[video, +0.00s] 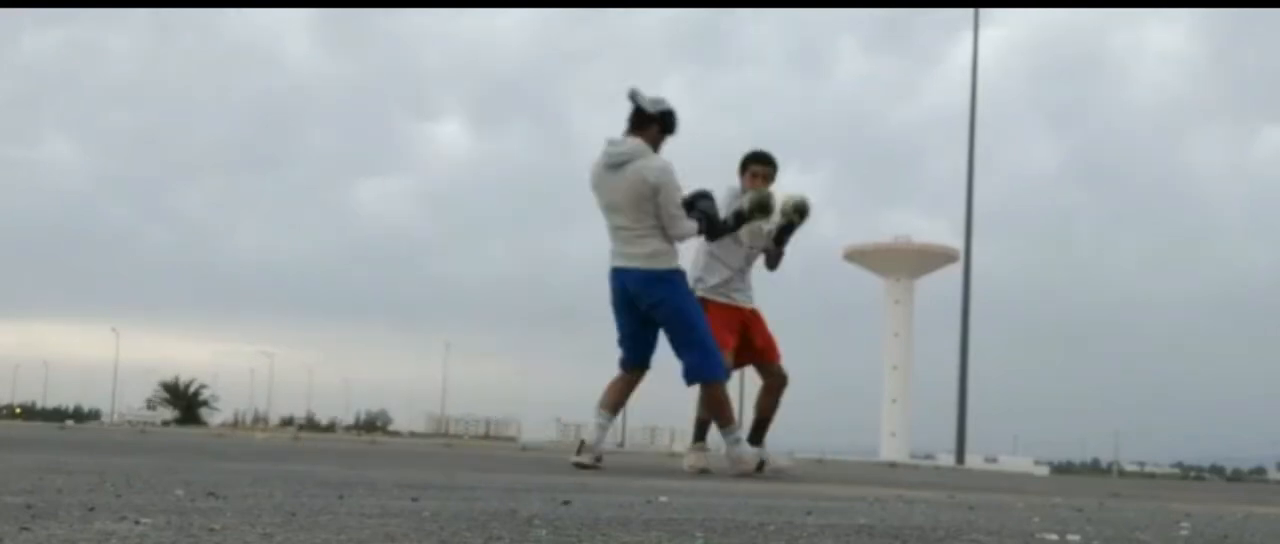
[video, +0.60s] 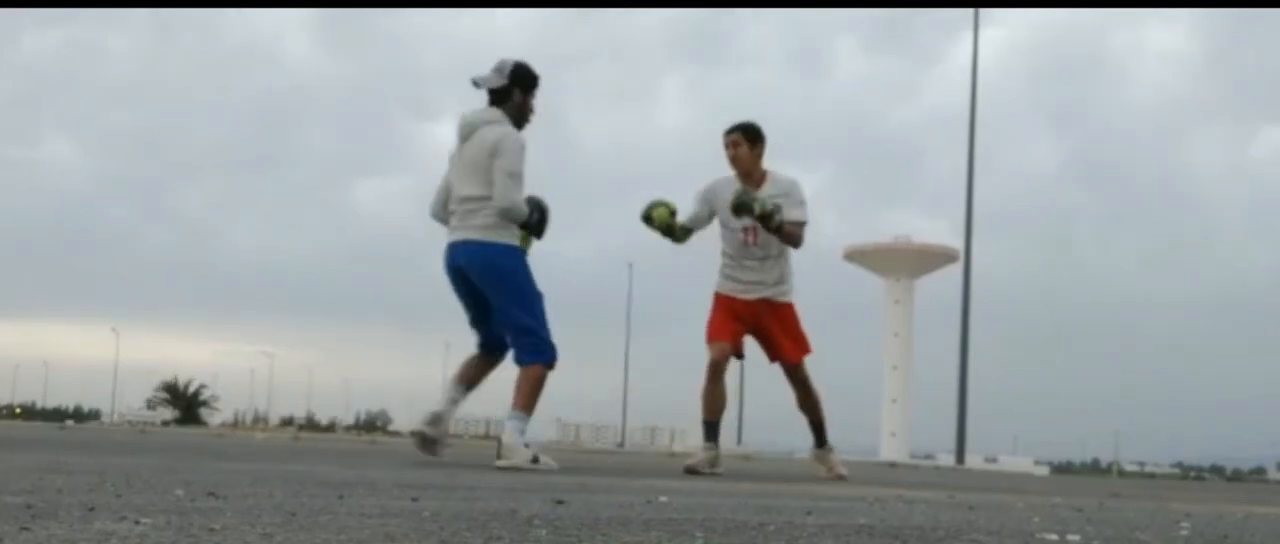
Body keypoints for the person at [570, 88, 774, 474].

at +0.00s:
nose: (662, 145)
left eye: (664, 137)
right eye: (663, 136)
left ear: (631, 125)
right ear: (653, 129)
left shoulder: (601, 168)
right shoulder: (656, 169)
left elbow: (629, 211)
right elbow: (677, 230)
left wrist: (681, 206)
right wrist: (702, 219)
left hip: (623, 276)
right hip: (661, 278)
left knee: (632, 365)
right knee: (708, 363)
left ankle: (592, 444)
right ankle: (738, 450)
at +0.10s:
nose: (604, 127)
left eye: (577, 125)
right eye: (604, 121)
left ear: (572, 128)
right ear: (606, 123)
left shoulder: (567, 183)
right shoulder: (634, 166)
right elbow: (667, 217)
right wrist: (686, 196)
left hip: (603, 278)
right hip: (647, 275)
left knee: (620, 364)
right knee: (712, 347)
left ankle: (595, 444)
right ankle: (691, 435)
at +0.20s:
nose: (560, 132)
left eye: (550, 129)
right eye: (571, 124)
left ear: (545, 133)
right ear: (579, 124)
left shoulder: (541, 185)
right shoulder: (614, 163)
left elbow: (560, 232)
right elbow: (646, 215)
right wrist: (645, 185)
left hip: (584, 270)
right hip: (627, 265)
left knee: (605, 361)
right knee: (672, 346)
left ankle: (594, 444)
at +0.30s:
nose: (555, 120)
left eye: (540, 115)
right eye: (563, 112)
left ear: (533, 120)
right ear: (570, 112)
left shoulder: (528, 174)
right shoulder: (600, 154)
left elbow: (536, 233)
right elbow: (631, 211)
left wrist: (560, 209)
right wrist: (599, 200)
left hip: (568, 264)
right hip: (611, 259)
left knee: (594, 355)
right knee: (631, 355)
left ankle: (588, 446)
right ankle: (583, 398)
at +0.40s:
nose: (567, 102)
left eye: (556, 97)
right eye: (565, 97)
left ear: (526, 101)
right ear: (561, 98)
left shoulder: (507, 156)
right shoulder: (579, 145)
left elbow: (502, 221)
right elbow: (608, 205)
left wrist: (531, 200)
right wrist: (581, 186)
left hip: (535, 256)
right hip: (577, 254)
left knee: (568, 348)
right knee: (570, 350)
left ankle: (582, 439)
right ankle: (533, 424)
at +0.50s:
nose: (562, 107)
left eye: (557, 100)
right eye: (560, 100)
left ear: (518, 98)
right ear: (552, 101)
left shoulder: (486, 145)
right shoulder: (554, 146)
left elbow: (468, 209)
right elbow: (567, 213)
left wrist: (500, 213)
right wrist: (571, 202)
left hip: (492, 255)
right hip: (534, 255)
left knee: (537, 344)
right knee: (544, 352)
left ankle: (544, 434)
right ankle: (516, 438)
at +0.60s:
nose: (533, 107)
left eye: (533, 98)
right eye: (530, 97)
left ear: (497, 96)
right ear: (514, 96)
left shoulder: (467, 143)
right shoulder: (508, 138)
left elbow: (439, 208)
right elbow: (507, 204)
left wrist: (486, 220)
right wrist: (533, 212)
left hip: (459, 252)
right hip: (496, 252)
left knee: (493, 344)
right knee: (538, 351)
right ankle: (514, 444)